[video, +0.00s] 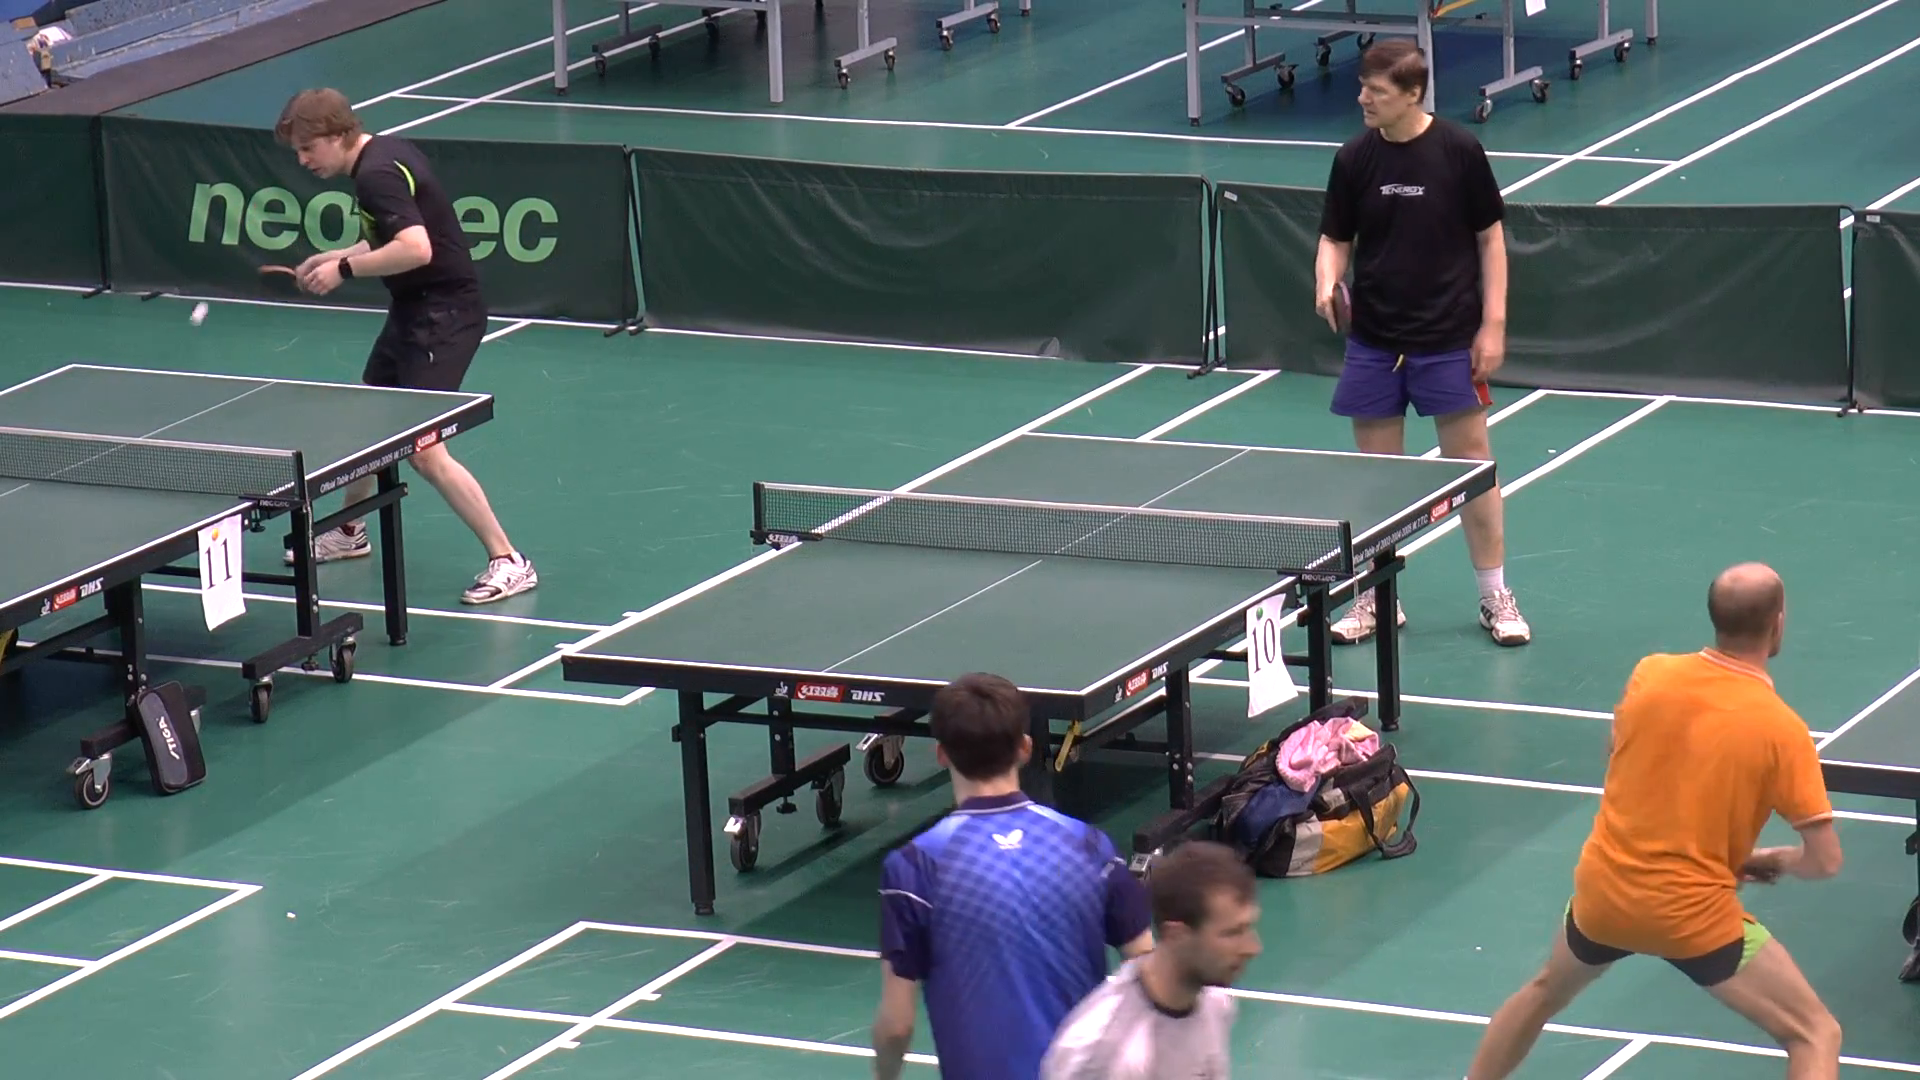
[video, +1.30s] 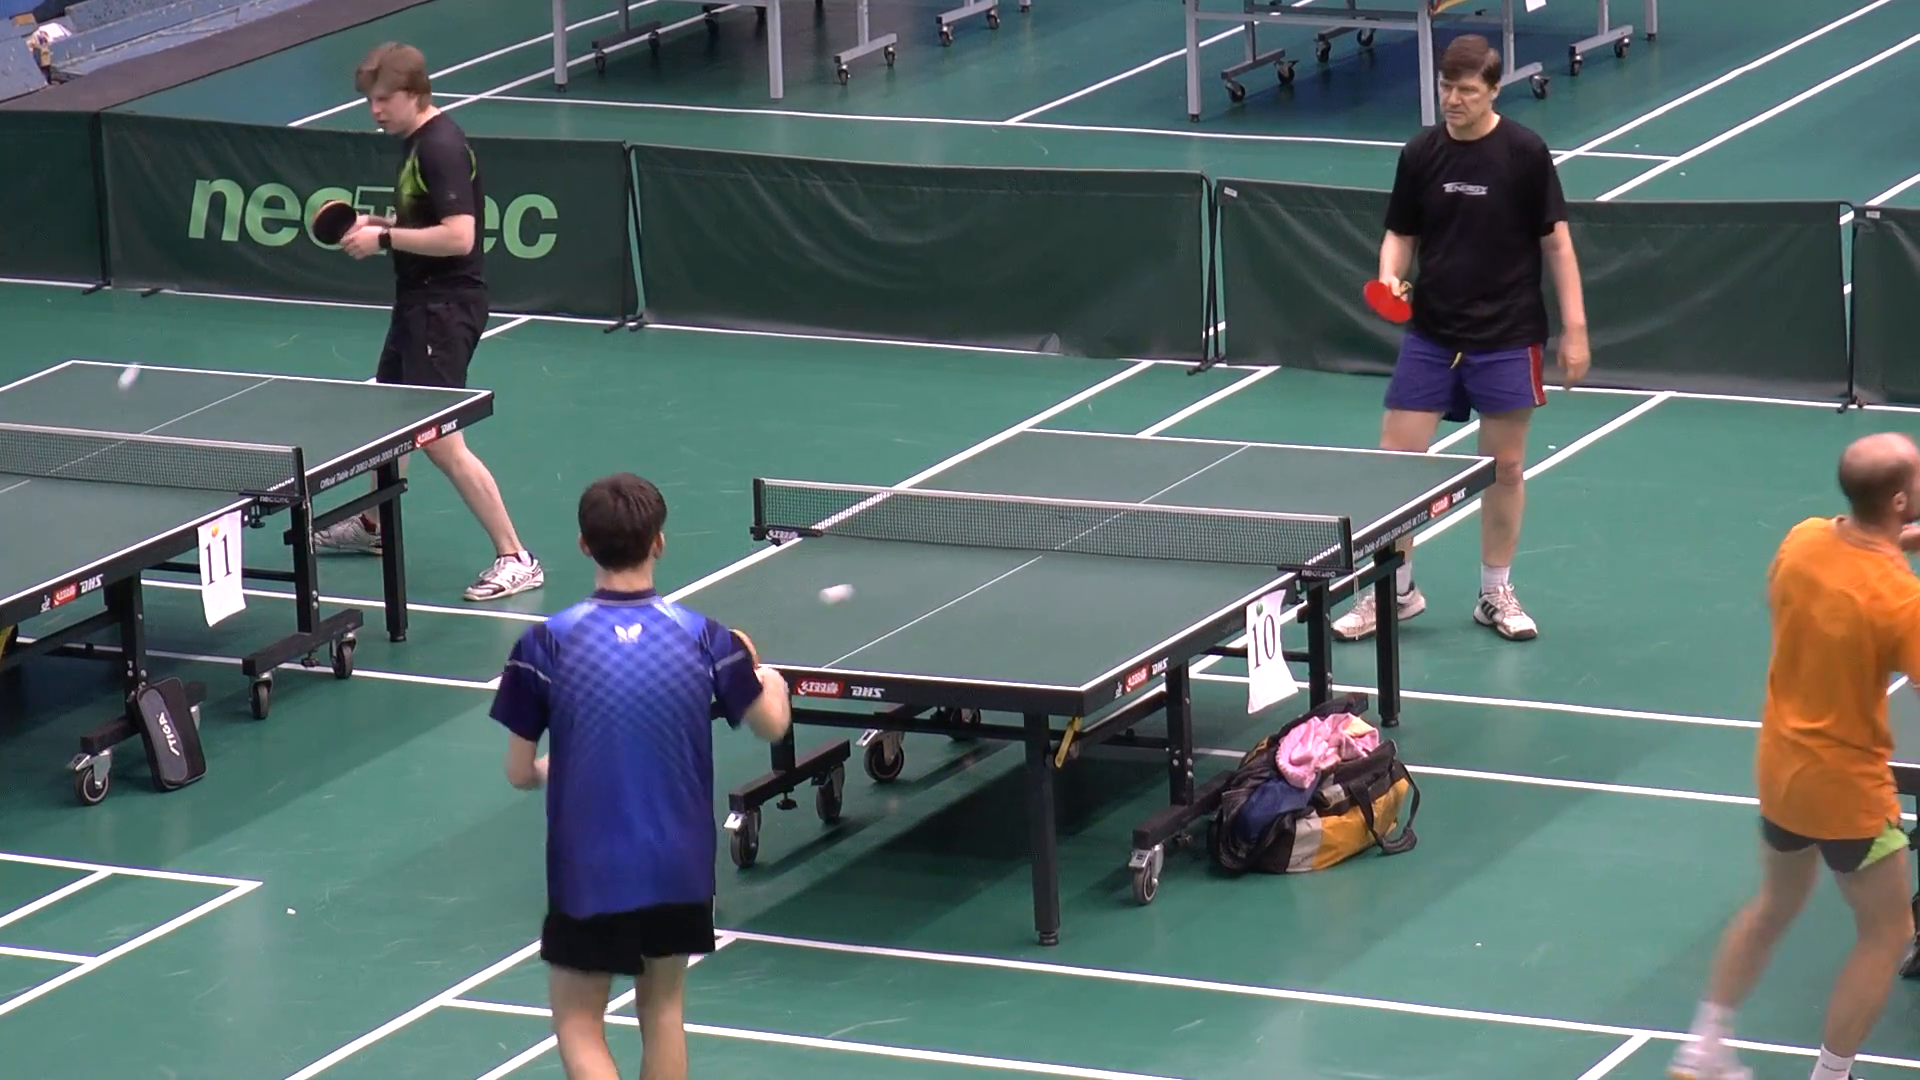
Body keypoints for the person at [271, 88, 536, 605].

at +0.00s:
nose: (302, 162)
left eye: (306, 149)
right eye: (297, 152)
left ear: (337, 136)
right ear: (342, 136)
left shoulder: (378, 170)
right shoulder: (382, 156)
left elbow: (416, 247)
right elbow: (396, 235)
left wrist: (344, 266)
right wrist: (340, 257)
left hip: (447, 311)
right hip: (412, 309)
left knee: (421, 443)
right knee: (366, 418)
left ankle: (508, 560)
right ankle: (349, 529)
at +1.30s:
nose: (375, 113)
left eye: (381, 102)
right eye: (372, 103)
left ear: (413, 96)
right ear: (400, 97)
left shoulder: (443, 145)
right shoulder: (424, 140)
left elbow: (460, 237)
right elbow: (429, 224)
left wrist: (385, 237)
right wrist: (379, 225)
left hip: (446, 305)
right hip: (419, 301)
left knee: (437, 436)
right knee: (384, 415)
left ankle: (516, 559)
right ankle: (376, 523)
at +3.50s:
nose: (359, 89)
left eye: (368, 78)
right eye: (350, 79)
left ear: (392, 71)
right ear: (342, 76)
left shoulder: (428, 125)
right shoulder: (336, 130)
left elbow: (477, 204)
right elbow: (312, 196)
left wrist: (426, 222)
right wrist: (308, 220)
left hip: (422, 291)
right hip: (359, 291)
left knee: (425, 411)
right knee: (344, 409)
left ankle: (428, 537)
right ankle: (358, 537)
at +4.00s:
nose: (397, 121)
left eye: (405, 111)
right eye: (392, 111)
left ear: (437, 101)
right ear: (404, 103)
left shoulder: (464, 150)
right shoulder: (441, 137)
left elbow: (459, 248)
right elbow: (448, 229)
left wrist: (385, 282)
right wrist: (403, 253)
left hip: (483, 304)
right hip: (458, 299)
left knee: (464, 436)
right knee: (453, 431)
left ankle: (497, 578)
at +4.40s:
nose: (480, 110)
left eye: (482, 101)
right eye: (478, 100)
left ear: (506, 100)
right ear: (537, 90)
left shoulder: (520, 164)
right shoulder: (599, 140)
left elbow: (499, 260)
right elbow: (620, 221)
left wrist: (423, 275)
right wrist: (555, 226)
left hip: (539, 328)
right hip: (604, 320)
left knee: (509, 450)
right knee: (638, 442)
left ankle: (502, 574)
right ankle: (697, 564)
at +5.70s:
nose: (584, 130)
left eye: (584, 119)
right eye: (581, 120)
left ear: (602, 114)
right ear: (640, 100)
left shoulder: (610, 175)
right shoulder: (706, 147)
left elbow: (583, 282)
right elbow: (770, 218)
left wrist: (607, 302)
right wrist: (732, 266)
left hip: (669, 339)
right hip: (733, 329)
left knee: (689, 477)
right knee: (719, 461)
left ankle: (705, 603)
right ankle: (717, 584)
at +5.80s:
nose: (588, 126)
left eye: (588, 115)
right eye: (585, 116)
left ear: (608, 110)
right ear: (645, 98)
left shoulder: (613, 174)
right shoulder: (709, 147)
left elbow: (588, 271)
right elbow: (770, 222)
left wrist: (611, 303)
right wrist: (730, 269)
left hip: (669, 340)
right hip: (729, 330)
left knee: (688, 477)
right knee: (713, 458)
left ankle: (706, 603)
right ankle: (722, 585)